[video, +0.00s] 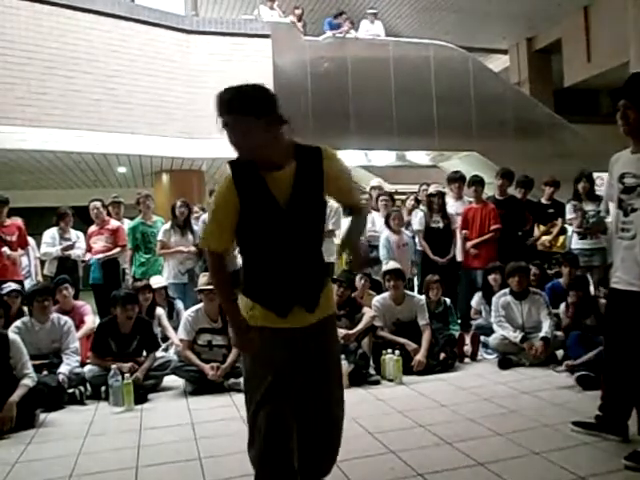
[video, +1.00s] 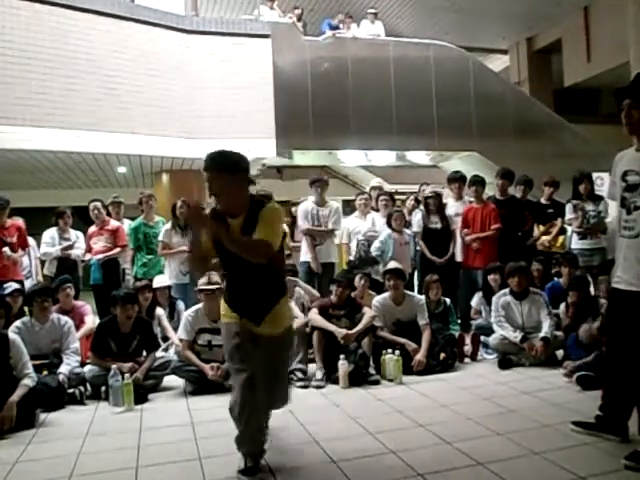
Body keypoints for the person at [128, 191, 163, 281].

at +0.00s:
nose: (147, 204)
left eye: (148, 200)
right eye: (143, 202)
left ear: (153, 203)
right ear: (139, 206)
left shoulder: (160, 222)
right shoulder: (134, 226)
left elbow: (164, 244)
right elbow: (130, 249)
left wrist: (167, 266)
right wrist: (129, 270)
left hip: (158, 268)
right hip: (140, 269)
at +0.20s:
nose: (147, 204)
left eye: (149, 201)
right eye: (144, 202)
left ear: (154, 203)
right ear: (139, 206)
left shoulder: (160, 222)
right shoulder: (134, 226)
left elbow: (164, 244)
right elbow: (130, 249)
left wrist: (167, 266)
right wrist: (129, 270)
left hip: (158, 267)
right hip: (141, 269)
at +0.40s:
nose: (148, 204)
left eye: (150, 200)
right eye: (144, 202)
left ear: (154, 204)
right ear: (140, 206)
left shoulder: (160, 224)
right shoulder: (134, 227)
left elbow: (164, 247)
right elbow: (131, 249)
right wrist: (129, 270)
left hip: (159, 269)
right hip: (141, 270)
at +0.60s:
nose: (149, 204)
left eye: (150, 200)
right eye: (145, 202)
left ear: (154, 203)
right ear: (140, 206)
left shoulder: (162, 223)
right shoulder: (135, 226)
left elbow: (166, 245)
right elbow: (131, 249)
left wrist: (168, 267)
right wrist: (129, 269)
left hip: (159, 268)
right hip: (141, 269)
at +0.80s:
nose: (149, 204)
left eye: (151, 200)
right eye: (145, 202)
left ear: (155, 203)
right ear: (141, 206)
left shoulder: (162, 222)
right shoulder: (135, 226)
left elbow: (165, 244)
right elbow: (132, 249)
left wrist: (168, 266)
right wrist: (129, 269)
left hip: (159, 268)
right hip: (142, 269)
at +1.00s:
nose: (150, 204)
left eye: (151, 200)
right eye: (146, 202)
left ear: (156, 203)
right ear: (141, 206)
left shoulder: (162, 222)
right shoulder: (135, 226)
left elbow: (166, 244)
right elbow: (132, 249)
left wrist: (168, 266)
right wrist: (129, 269)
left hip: (160, 268)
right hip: (142, 269)